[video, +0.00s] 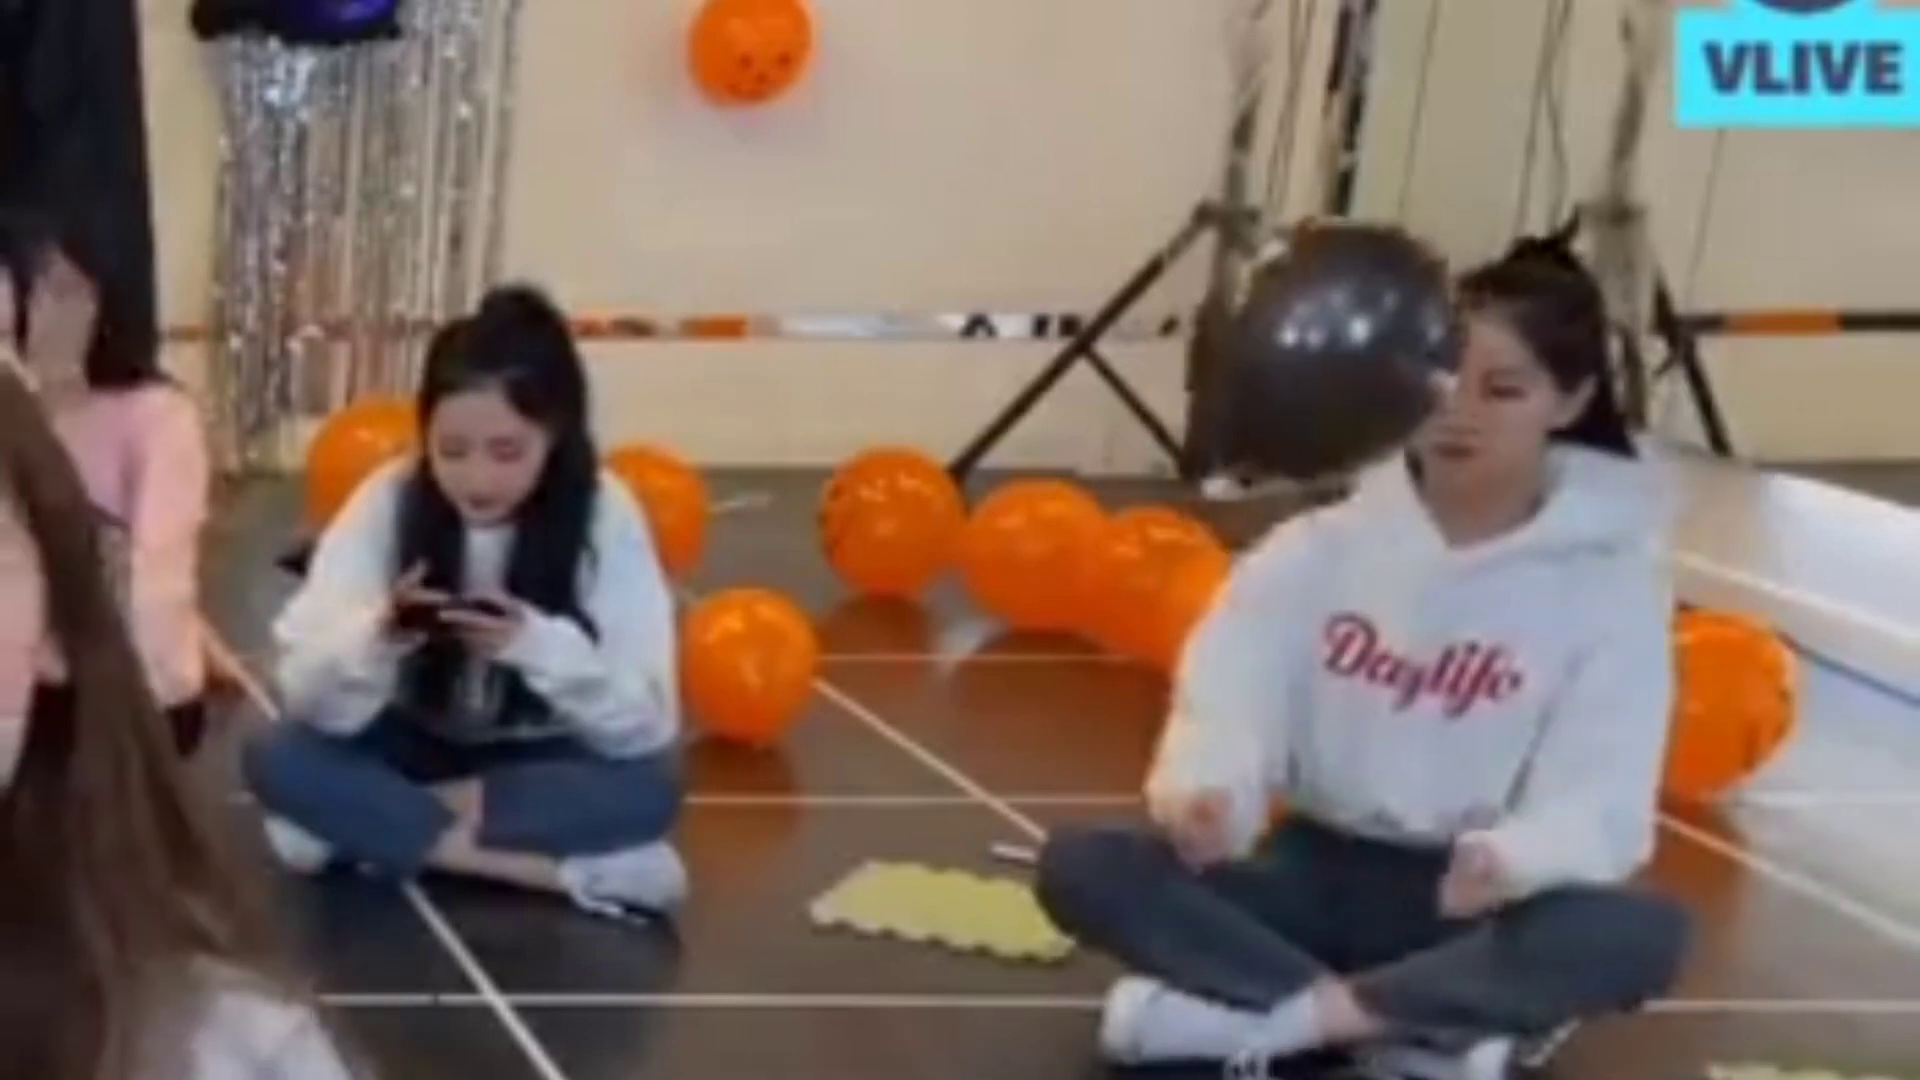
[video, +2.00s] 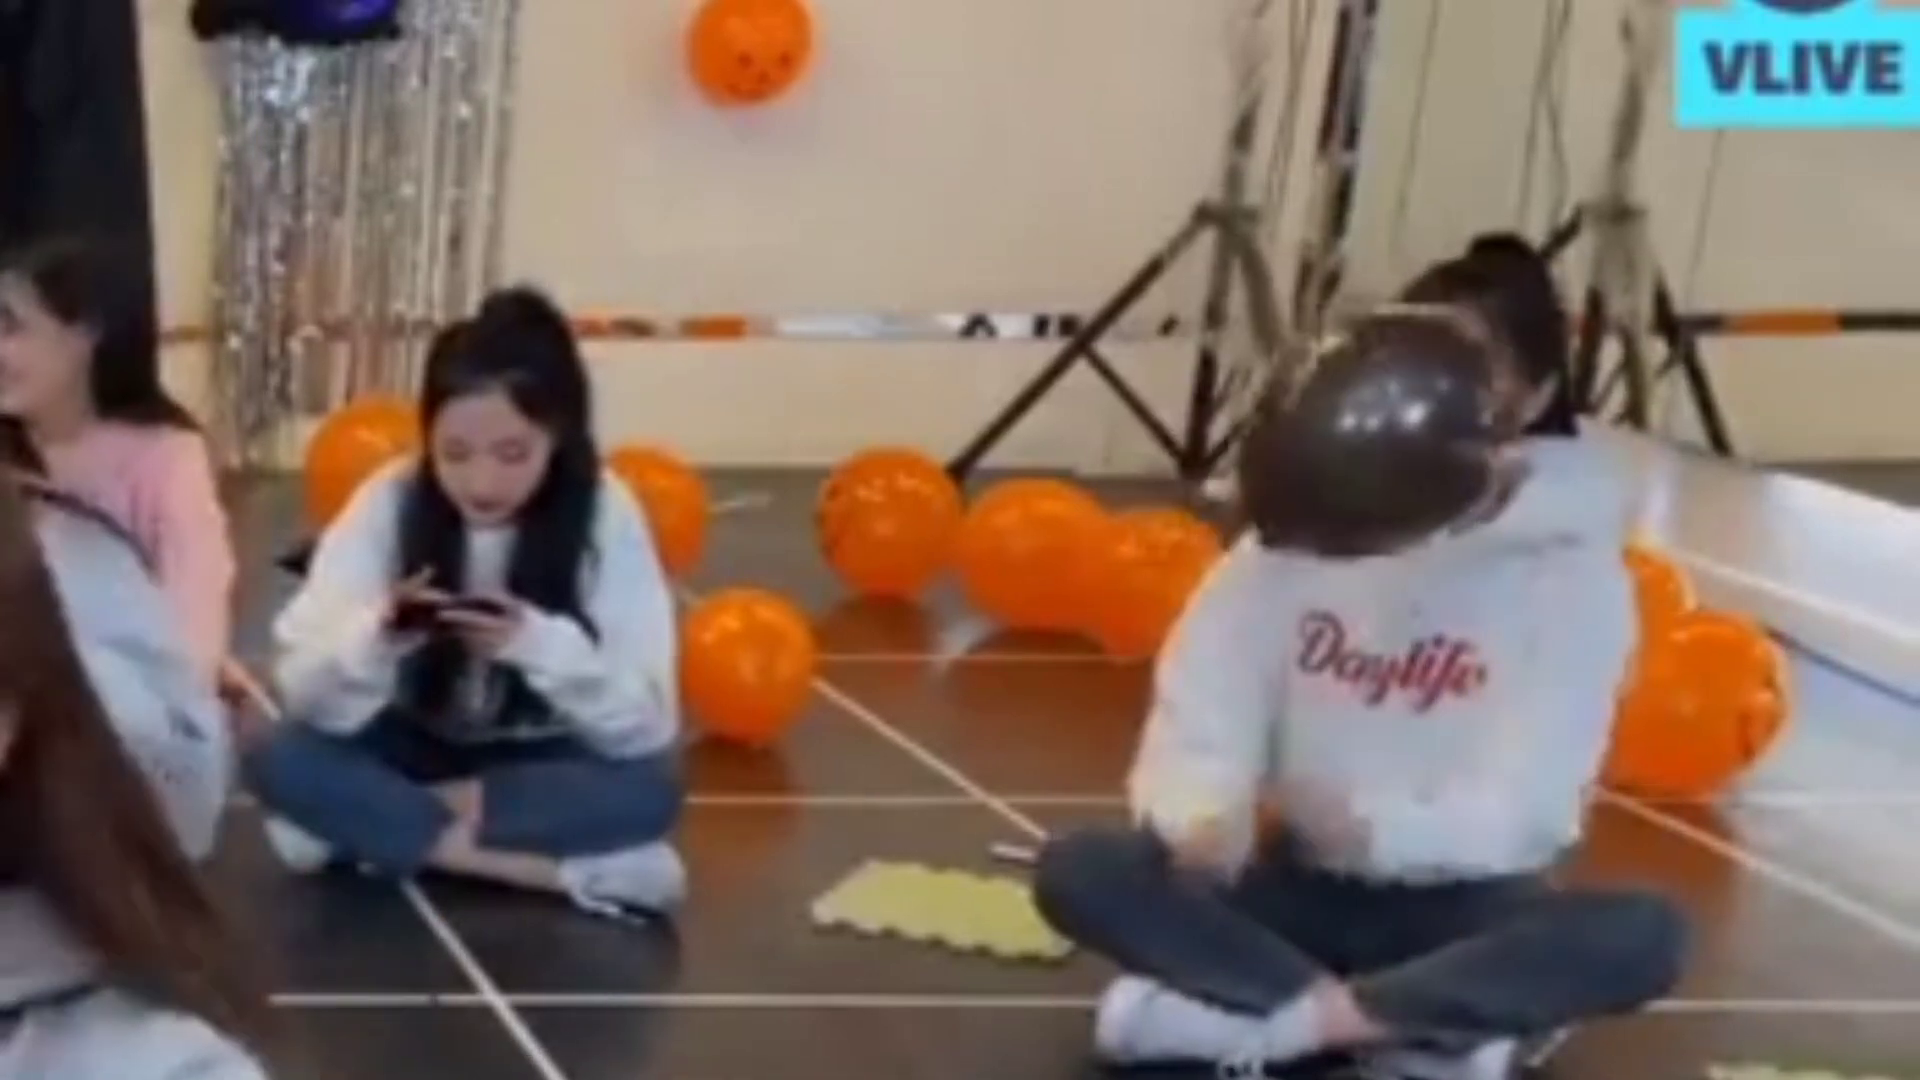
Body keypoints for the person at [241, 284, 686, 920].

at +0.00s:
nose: (477, 481)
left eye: (506, 454)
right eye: (452, 453)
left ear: (557, 440)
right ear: (423, 437)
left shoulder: (603, 515)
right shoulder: (388, 501)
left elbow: (645, 723)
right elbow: (309, 700)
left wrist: (533, 645)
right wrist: (383, 636)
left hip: (544, 745)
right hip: (408, 736)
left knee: (648, 791)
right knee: (275, 757)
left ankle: (367, 837)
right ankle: (548, 876)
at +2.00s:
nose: (481, 483)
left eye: (512, 457)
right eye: (456, 455)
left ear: (559, 442)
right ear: (426, 438)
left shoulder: (603, 514)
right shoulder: (389, 502)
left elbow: (646, 724)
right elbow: (306, 699)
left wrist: (533, 644)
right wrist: (382, 637)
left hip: (544, 744)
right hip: (408, 736)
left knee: (649, 792)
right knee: (279, 758)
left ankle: (364, 838)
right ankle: (549, 877)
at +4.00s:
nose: (482, 487)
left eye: (511, 459)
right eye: (457, 458)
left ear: (559, 445)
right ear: (426, 441)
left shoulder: (603, 512)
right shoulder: (388, 503)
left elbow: (644, 724)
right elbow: (306, 700)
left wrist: (528, 640)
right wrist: (386, 638)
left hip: (541, 745)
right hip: (407, 741)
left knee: (645, 792)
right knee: (274, 759)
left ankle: (364, 838)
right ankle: (551, 878)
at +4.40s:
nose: (483, 486)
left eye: (512, 459)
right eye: (458, 458)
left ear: (560, 445)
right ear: (427, 441)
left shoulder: (605, 513)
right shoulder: (388, 505)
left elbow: (644, 725)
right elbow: (304, 699)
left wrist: (531, 639)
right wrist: (388, 637)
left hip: (541, 742)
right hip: (408, 738)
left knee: (645, 791)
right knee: (274, 759)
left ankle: (366, 839)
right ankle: (550, 878)